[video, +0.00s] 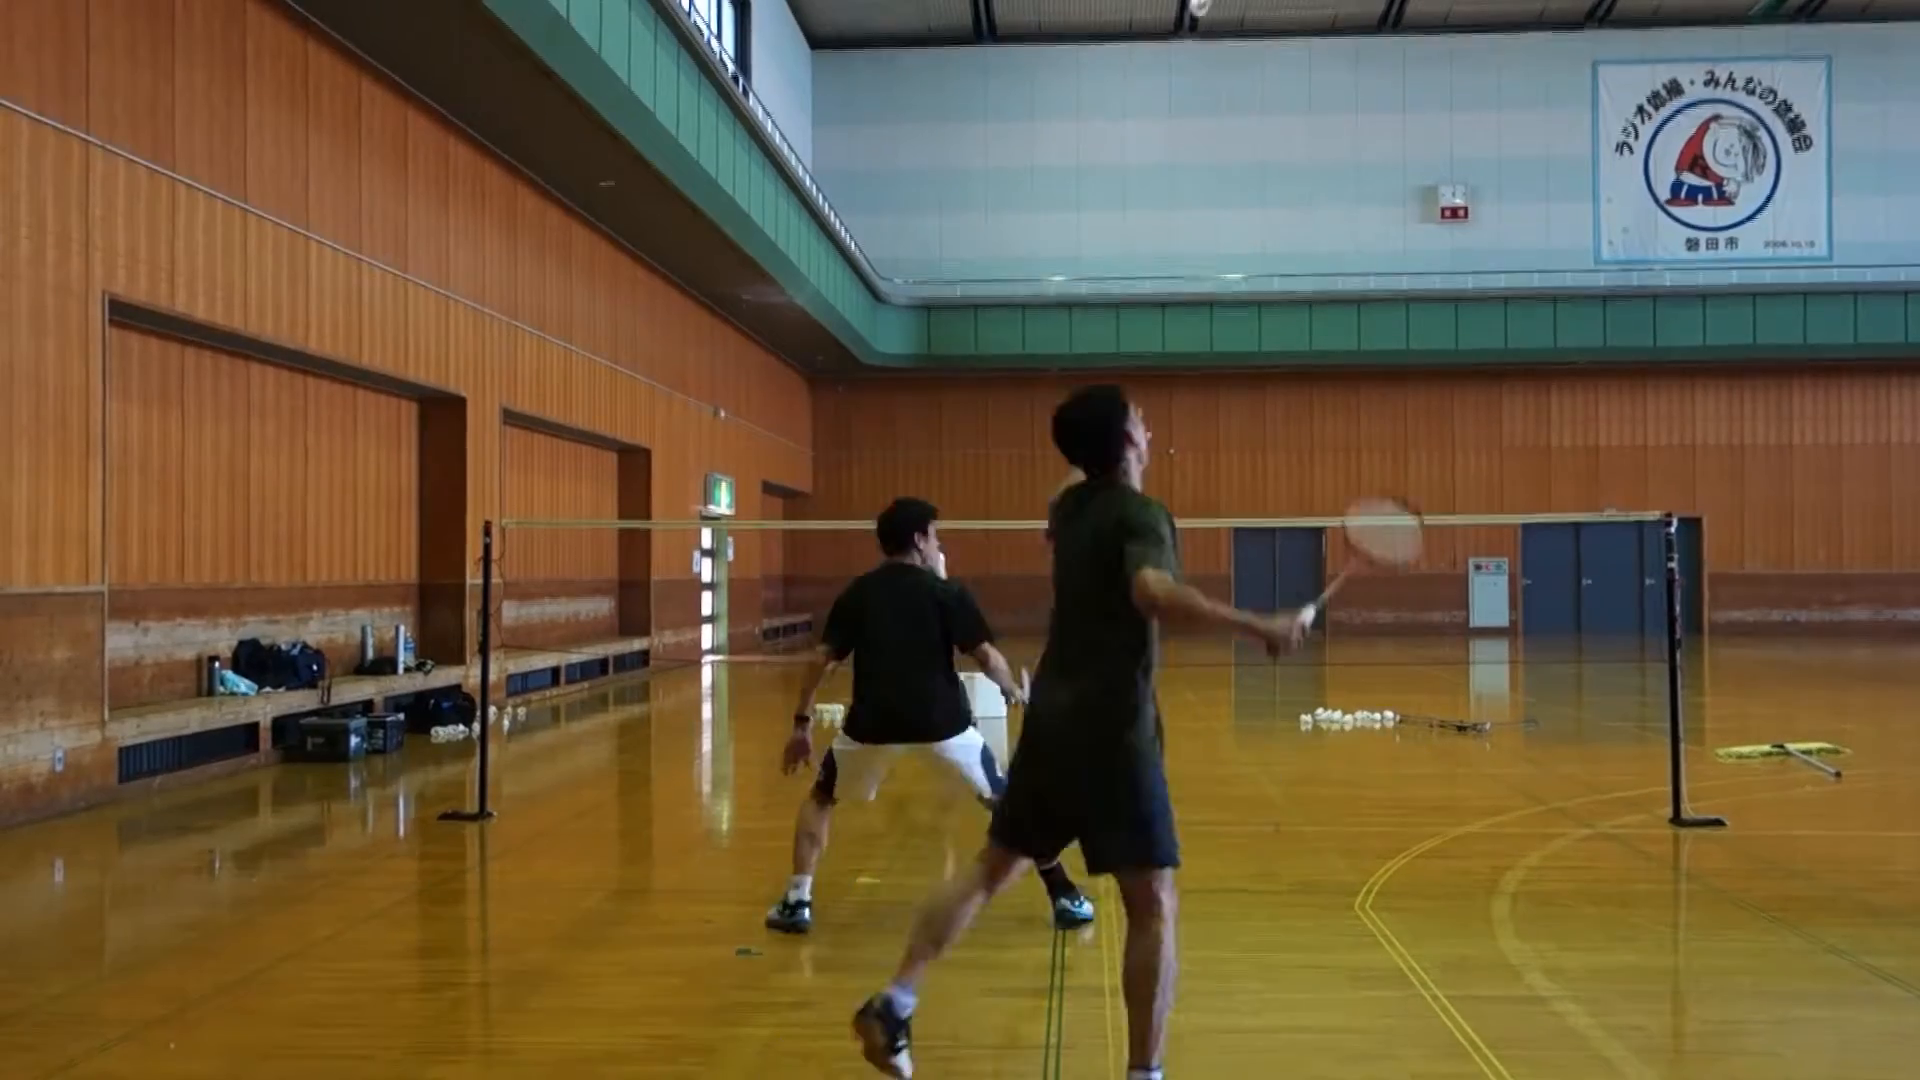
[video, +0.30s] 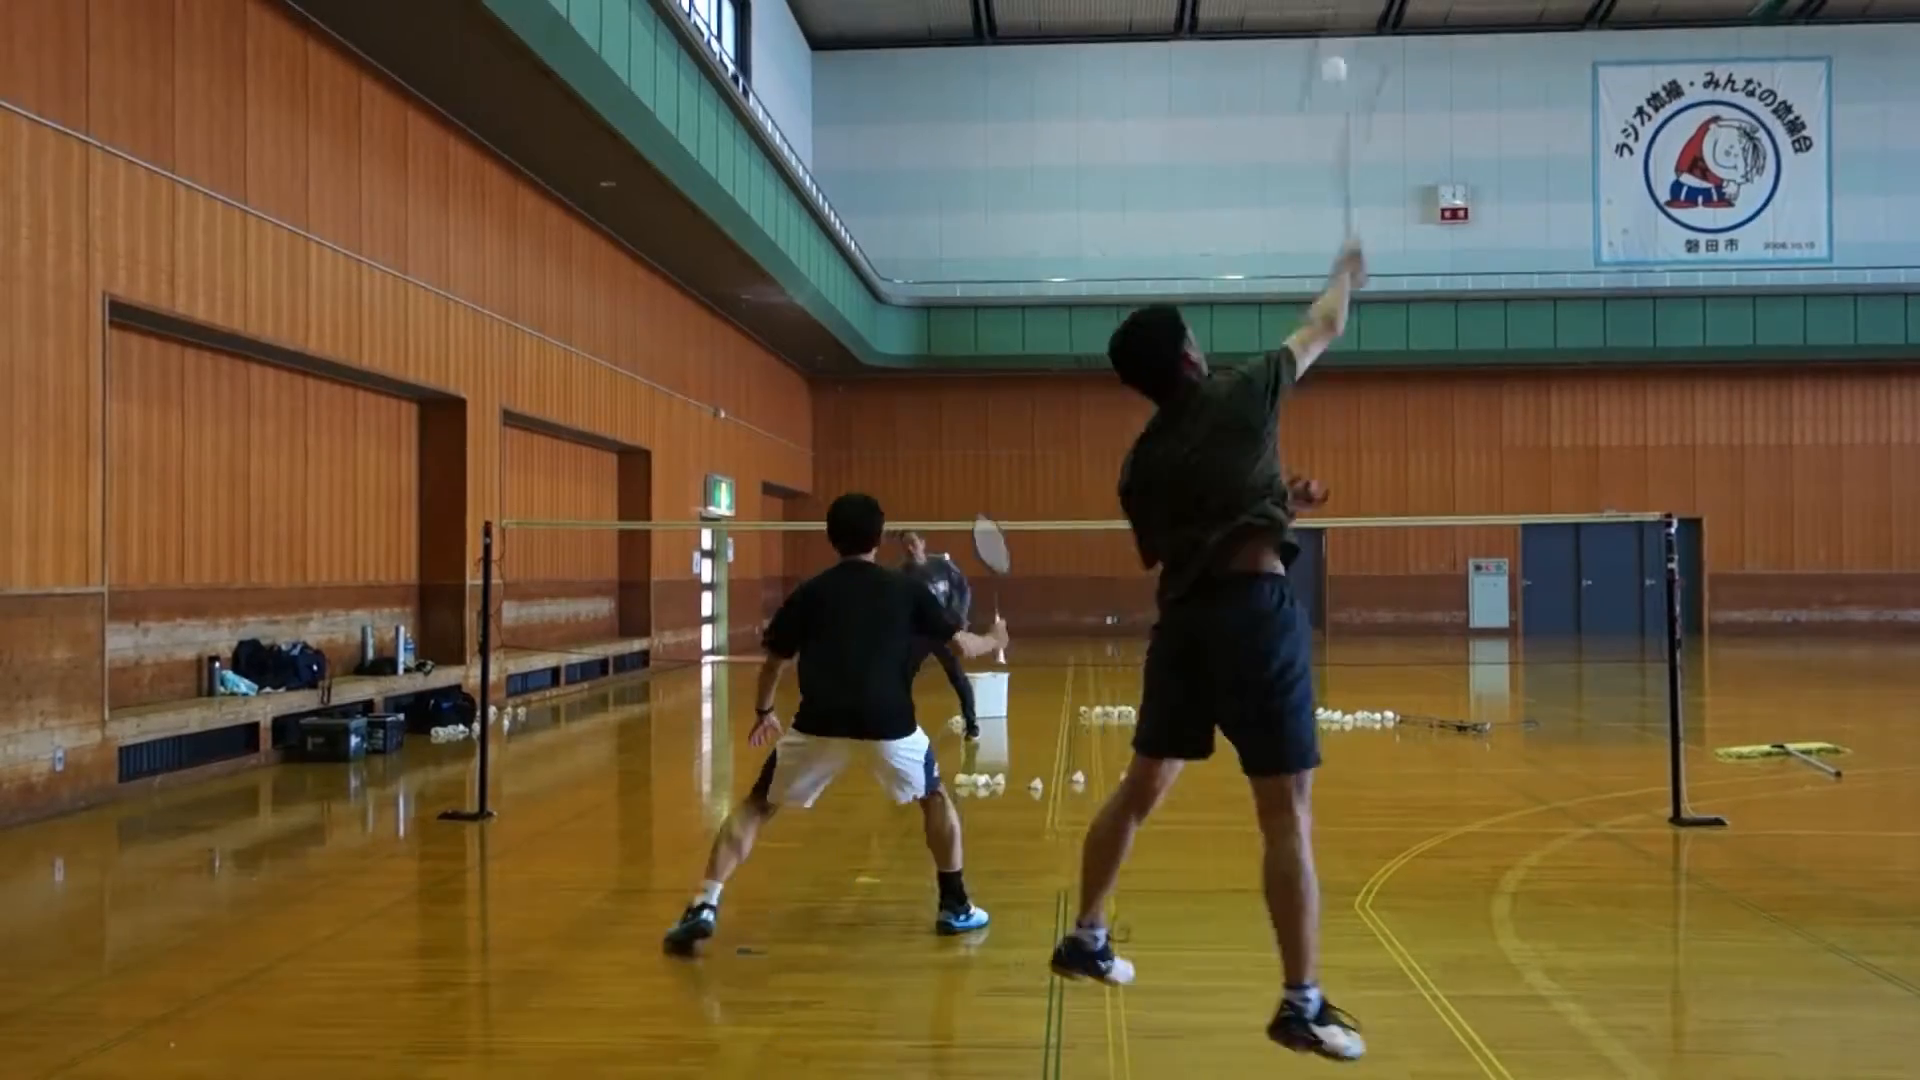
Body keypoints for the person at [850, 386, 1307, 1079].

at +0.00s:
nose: (1147, 435)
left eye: (1141, 423)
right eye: (1141, 426)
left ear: (1080, 450)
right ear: (1127, 443)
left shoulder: (1069, 506)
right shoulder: (1139, 513)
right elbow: (1151, 588)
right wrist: (1259, 624)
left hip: (1050, 731)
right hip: (1117, 737)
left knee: (988, 869)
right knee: (1151, 906)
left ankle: (896, 1000)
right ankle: (1145, 1069)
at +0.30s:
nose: (1201, 348)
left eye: (1190, 343)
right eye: (1194, 341)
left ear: (1134, 384)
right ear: (1190, 355)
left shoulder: (1140, 465)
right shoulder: (1247, 393)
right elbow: (1320, 328)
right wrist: (1348, 277)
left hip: (1180, 629)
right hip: (1259, 619)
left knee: (1140, 787)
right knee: (1285, 812)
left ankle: (1085, 935)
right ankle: (1302, 1002)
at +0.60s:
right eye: (1315, 529)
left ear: (1247, 541)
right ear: (1316, 536)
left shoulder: (1219, 628)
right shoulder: (1346, 620)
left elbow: (1170, 735)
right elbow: (1404, 737)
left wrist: (1231, 758)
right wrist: (1452, 771)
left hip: (1255, 829)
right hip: (1344, 829)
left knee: (1244, 965)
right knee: (1419, 982)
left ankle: (1202, 1069)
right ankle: (1447, 1076)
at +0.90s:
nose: (1272, 503)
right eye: (1274, 494)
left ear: (1208, 504)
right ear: (1272, 504)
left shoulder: (1178, 574)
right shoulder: (1306, 579)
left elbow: (1126, 598)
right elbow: (1381, 668)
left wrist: (1138, 567)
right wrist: (1430, 671)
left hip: (1199, 762)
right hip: (1284, 768)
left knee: (1147, 880)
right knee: (1331, 910)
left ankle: (1133, 1012)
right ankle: (1336, 1021)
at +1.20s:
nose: (1322, 466)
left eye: (1316, 458)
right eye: (1321, 459)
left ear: (1261, 465)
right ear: (1316, 468)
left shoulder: (1222, 511)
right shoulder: (1329, 529)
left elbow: (1149, 567)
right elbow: (1410, 543)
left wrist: (1137, 632)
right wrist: (1458, 512)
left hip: (1193, 675)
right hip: (1271, 682)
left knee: (1145, 813)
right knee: (1332, 776)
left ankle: (1105, 948)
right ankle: (1342, 905)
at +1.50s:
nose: (1233, 517)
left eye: (1232, 510)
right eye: (1275, 512)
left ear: (1229, 515)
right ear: (1282, 518)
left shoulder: (1206, 567)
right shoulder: (1310, 582)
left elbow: (1183, 623)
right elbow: (1332, 663)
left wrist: (1163, 689)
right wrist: (1345, 725)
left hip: (1224, 719)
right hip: (1295, 719)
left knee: (1173, 832)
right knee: (1326, 810)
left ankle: (1172, 951)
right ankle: (1357, 912)